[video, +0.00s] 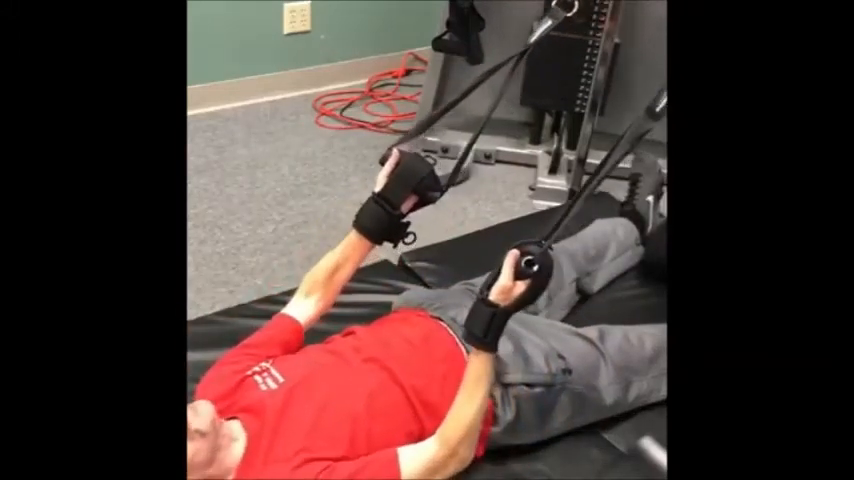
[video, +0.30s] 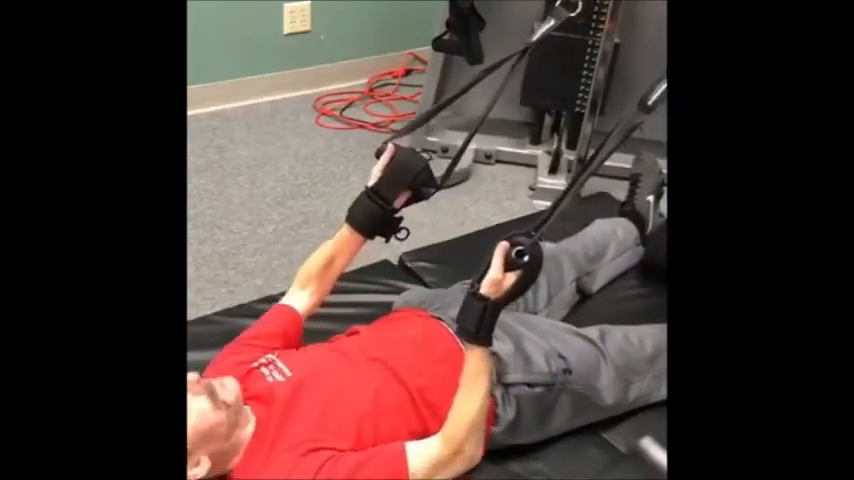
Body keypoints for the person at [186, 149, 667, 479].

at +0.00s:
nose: (198, 414)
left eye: (184, 411)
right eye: (187, 434)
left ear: (188, 406)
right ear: (196, 472)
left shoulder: (222, 380)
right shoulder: (285, 475)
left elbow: (311, 297)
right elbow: (445, 455)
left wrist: (382, 211)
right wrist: (493, 321)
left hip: (427, 313)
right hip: (490, 385)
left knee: (550, 269)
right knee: (641, 355)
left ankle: (634, 223)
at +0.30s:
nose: (203, 382)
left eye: (189, 383)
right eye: (194, 405)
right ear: (198, 465)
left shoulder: (235, 364)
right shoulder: (287, 473)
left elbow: (308, 288)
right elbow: (453, 453)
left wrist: (374, 206)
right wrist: (484, 314)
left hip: (427, 313)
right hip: (486, 384)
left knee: (545, 265)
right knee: (637, 357)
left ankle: (631, 226)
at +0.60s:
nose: (226, 338)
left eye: (209, 338)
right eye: (211, 356)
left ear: (219, 331)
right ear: (210, 420)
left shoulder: (251, 340)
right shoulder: (294, 462)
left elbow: (311, 269)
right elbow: (465, 454)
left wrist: (379, 194)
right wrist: (502, 311)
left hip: (435, 309)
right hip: (496, 377)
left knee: (553, 263)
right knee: (639, 355)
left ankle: (637, 222)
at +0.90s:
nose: (275, 278)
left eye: (257, 274)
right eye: (258, 290)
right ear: (243, 352)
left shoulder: (272, 311)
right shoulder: (316, 434)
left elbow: (320, 244)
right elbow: (482, 446)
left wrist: (380, 185)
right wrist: (515, 312)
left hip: (451, 307)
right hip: (504, 379)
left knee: (611, 229)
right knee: (655, 352)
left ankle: (637, 226)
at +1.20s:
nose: (319, 227)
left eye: (306, 220)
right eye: (305, 231)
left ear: (278, 286)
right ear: (283, 284)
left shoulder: (273, 302)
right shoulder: (331, 386)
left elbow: (324, 232)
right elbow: (489, 432)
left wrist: (383, 176)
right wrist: (525, 293)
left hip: (458, 307)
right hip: (506, 376)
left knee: (591, 238)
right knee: (656, 351)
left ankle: (638, 218)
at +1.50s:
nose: (369, 190)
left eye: (359, 181)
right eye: (358, 190)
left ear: (311, 231)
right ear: (323, 230)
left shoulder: (282, 259)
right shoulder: (352, 338)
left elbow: (331, 221)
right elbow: (495, 408)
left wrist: (391, 166)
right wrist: (528, 273)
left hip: (450, 305)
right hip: (496, 376)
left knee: (555, 258)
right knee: (658, 351)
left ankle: (636, 223)